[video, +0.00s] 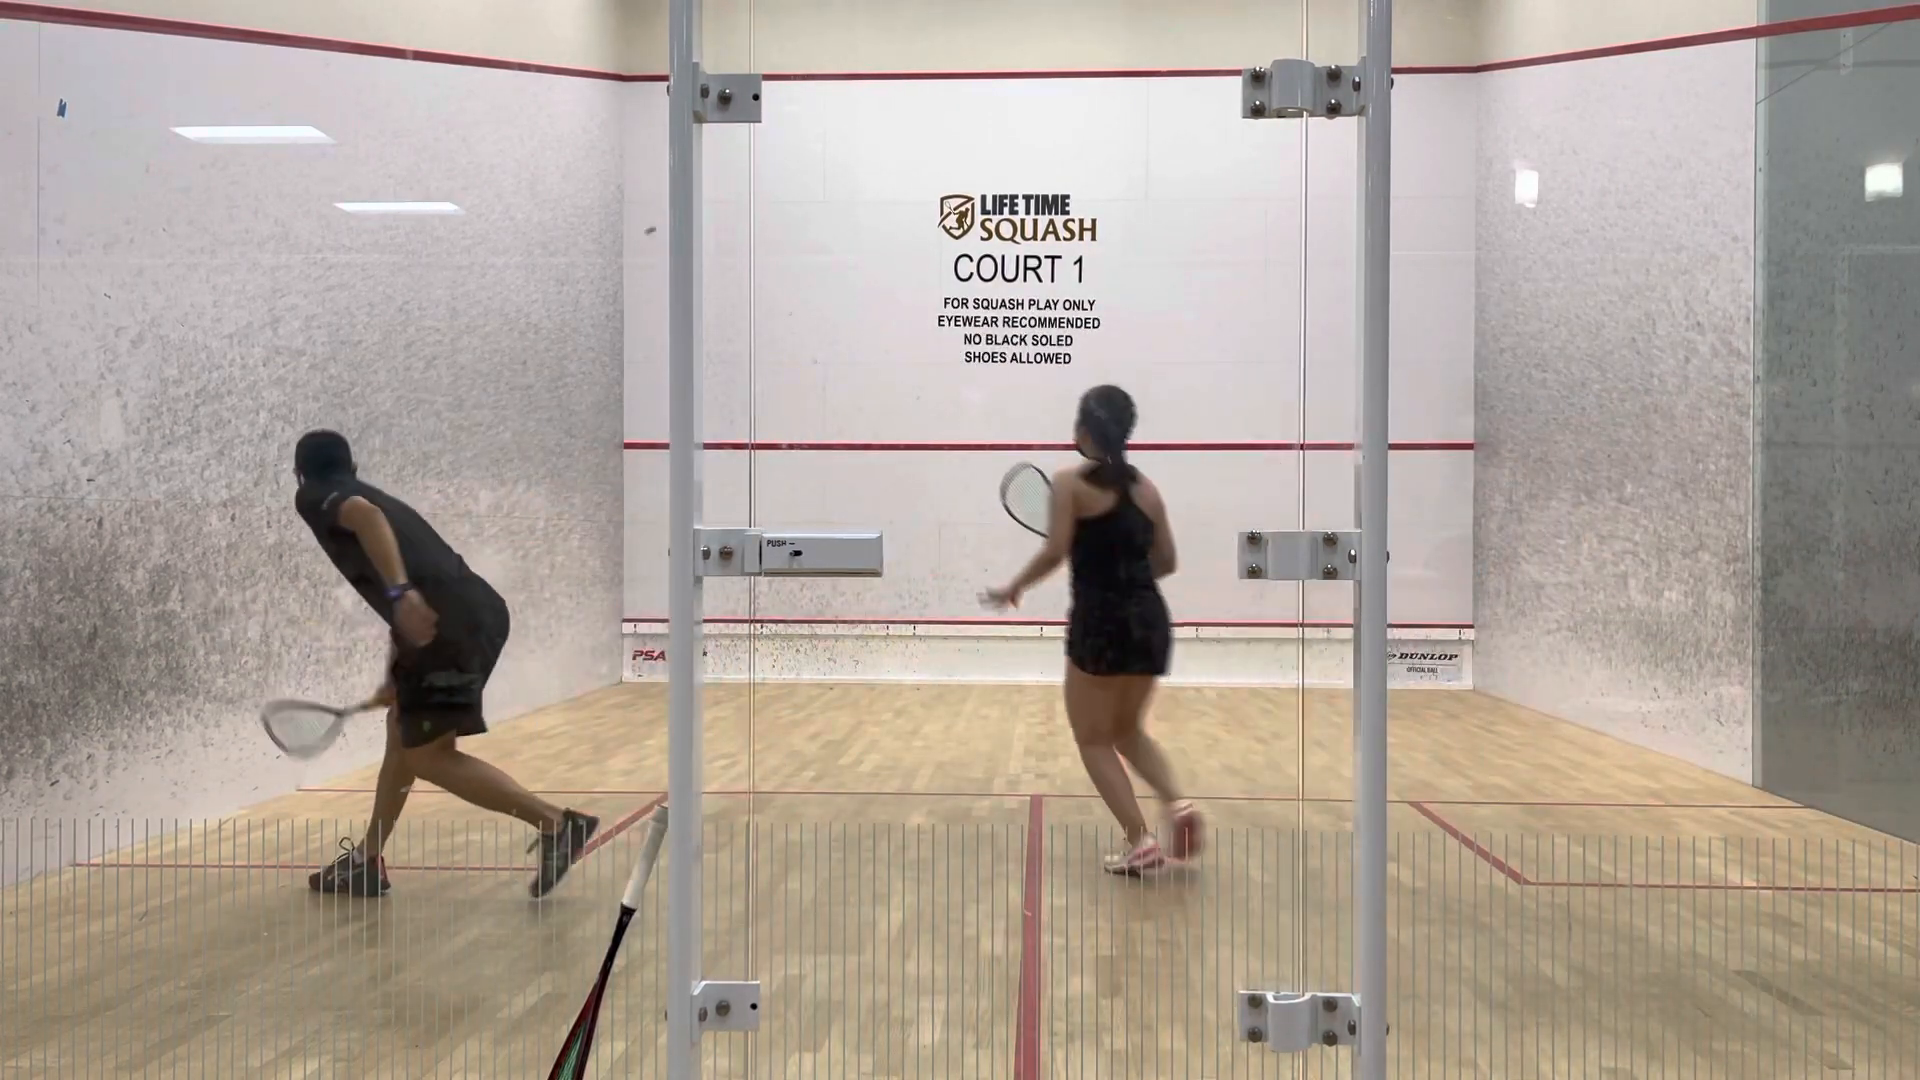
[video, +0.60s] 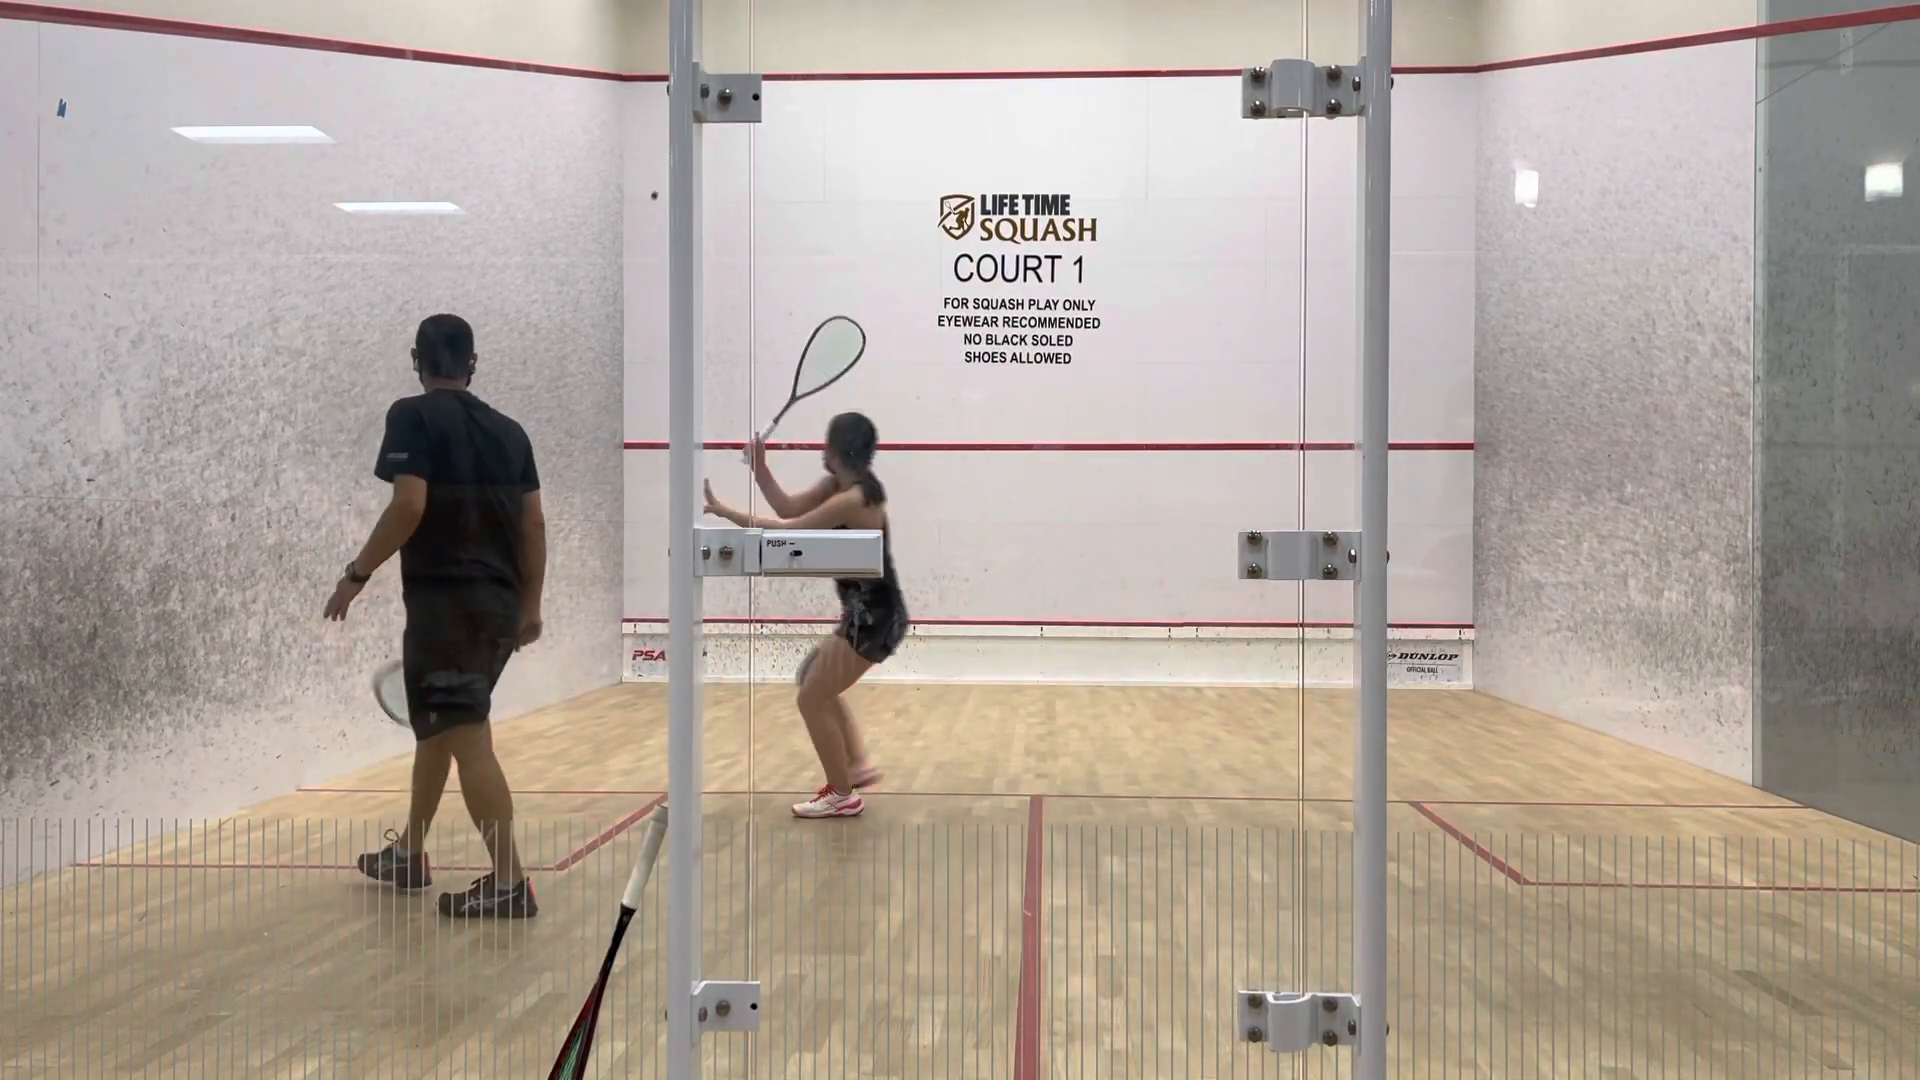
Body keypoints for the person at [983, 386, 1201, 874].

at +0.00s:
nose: (1073, 430)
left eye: (1077, 423)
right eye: (1078, 422)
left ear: (1084, 430)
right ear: (1123, 432)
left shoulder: (1069, 481)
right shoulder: (1145, 488)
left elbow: (1056, 550)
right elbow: (1165, 560)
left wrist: (1014, 588)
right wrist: (1119, 576)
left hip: (1098, 627)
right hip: (1149, 623)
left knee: (1093, 740)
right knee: (1129, 730)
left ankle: (1141, 841)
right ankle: (1178, 803)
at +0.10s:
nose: (1038, 421)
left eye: (1042, 413)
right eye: (1044, 413)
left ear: (1045, 419)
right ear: (1087, 422)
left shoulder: (1030, 470)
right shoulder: (1106, 480)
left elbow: (1013, 533)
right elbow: (1122, 547)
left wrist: (969, 539)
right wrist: (1075, 553)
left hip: (1053, 614)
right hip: (1100, 610)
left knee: (1045, 722)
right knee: (1077, 710)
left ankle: (1111, 797)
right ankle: (1090, 802)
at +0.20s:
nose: (996, 439)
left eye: (1000, 432)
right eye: (1001, 431)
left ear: (1005, 441)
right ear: (1044, 439)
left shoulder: (1001, 493)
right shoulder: (1063, 494)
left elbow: (969, 550)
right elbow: (1036, 548)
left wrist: (920, 521)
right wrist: (989, 521)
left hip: (1018, 629)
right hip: (1059, 626)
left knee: (970, 715)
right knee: (1037, 714)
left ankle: (1042, 774)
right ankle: (1055, 803)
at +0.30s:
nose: (954, 455)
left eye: (958, 449)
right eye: (956, 448)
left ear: (966, 455)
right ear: (997, 456)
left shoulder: (972, 506)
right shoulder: (1006, 503)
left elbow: (926, 554)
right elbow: (967, 553)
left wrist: (875, 520)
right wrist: (914, 526)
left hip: (986, 640)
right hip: (1018, 638)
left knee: (908, 696)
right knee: (997, 719)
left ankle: (945, 793)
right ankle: (1044, 802)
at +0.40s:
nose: (907, 452)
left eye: (911, 446)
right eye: (911, 446)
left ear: (919, 453)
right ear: (949, 452)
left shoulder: (934, 502)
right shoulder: (949, 496)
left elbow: (878, 544)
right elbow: (884, 528)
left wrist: (818, 512)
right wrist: (841, 500)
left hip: (943, 630)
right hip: (964, 626)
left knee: (872, 700)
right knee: (959, 716)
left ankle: (851, 791)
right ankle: (1032, 787)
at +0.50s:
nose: (863, 451)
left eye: (868, 445)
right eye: (866, 444)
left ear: (877, 453)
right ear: (901, 453)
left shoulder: (890, 503)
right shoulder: (886, 492)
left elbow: (827, 539)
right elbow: (828, 519)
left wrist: (762, 514)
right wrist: (788, 483)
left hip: (902, 627)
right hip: (913, 624)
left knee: (832, 697)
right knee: (887, 708)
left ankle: (841, 793)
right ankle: (964, 754)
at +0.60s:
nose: (823, 452)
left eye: (827, 446)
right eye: (825, 446)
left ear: (836, 451)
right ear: (862, 451)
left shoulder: (856, 498)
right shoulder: (839, 485)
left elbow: (787, 529)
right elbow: (788, 507)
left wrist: (721, 510)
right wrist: (761, 469)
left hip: (876, 617)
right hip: (865, 611)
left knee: (813, 698)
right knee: (810, 678)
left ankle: (841, 793)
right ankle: (857, 766)